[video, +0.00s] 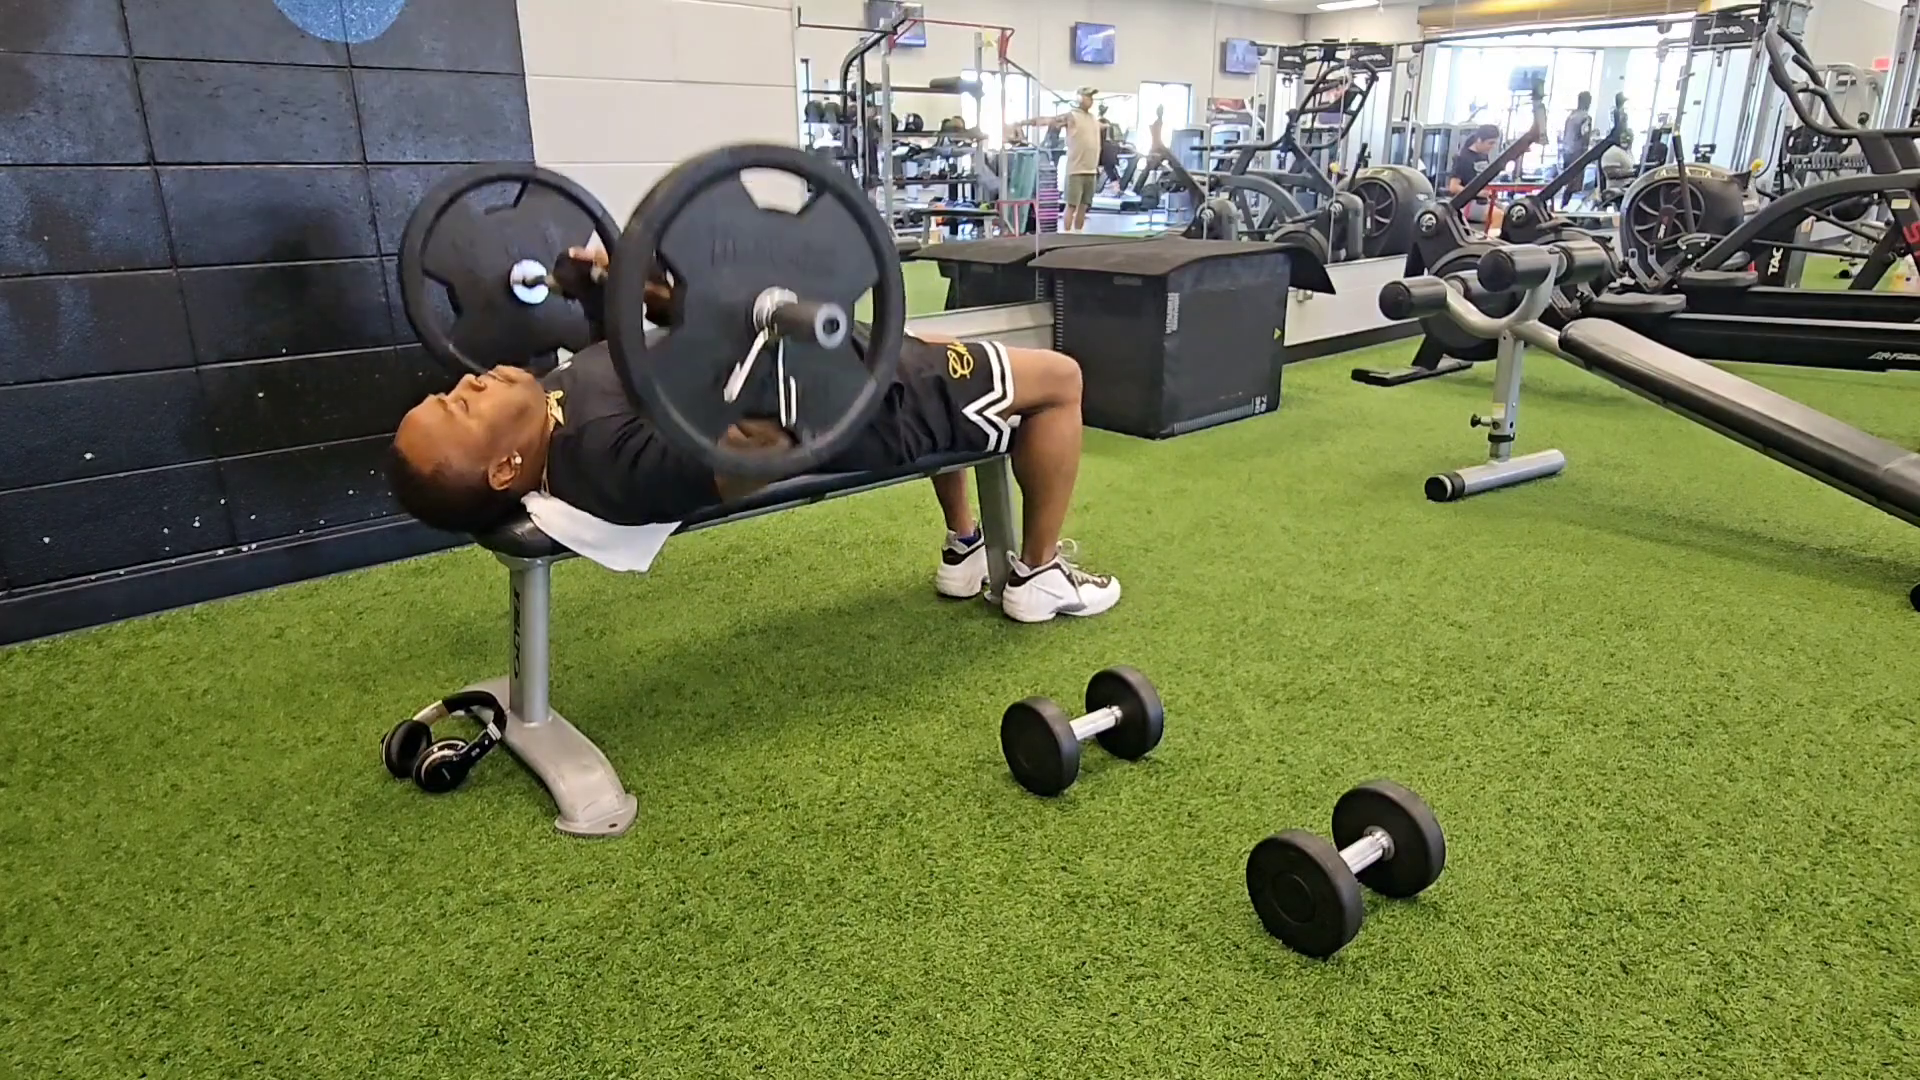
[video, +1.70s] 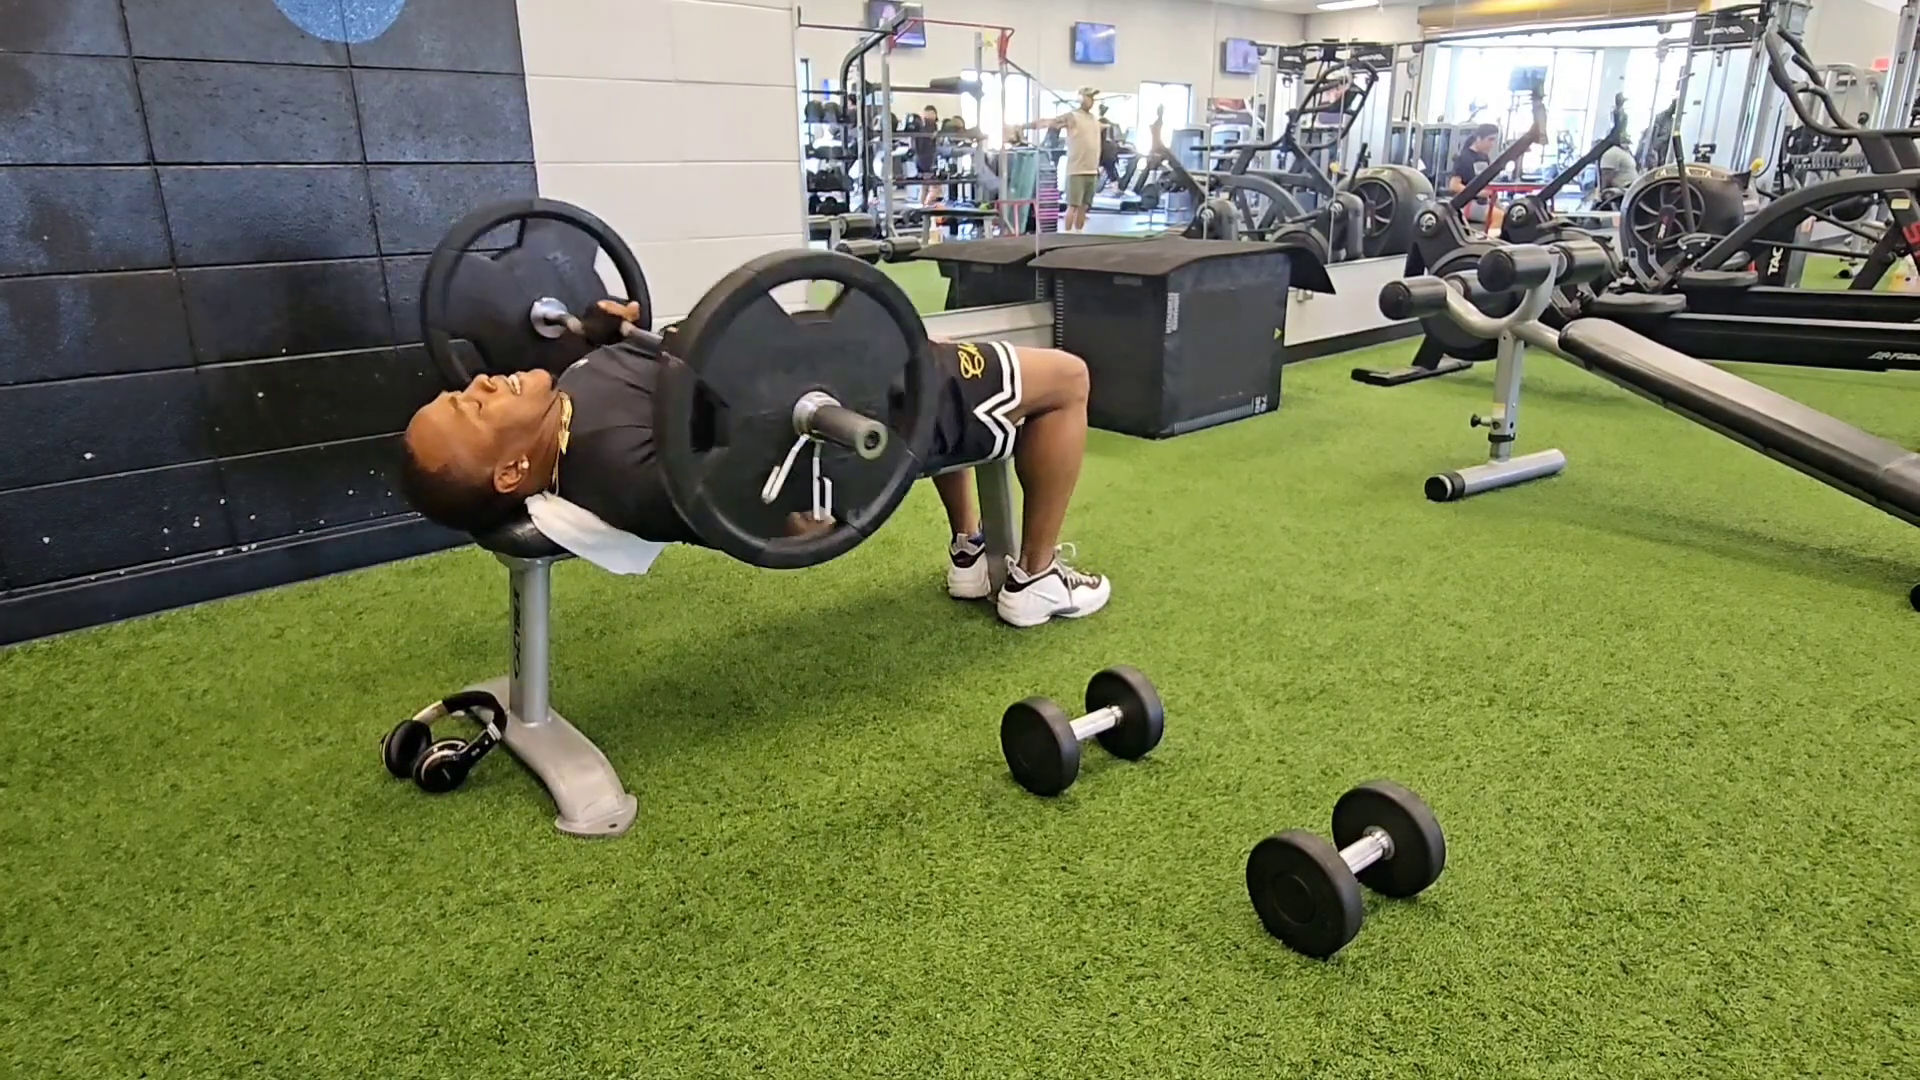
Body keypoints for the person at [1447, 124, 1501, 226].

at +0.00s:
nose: (1492, 147)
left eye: (1494, 143)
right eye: (1490, 143)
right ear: (1479, 140)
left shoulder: (1485, 156)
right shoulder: (1463, 158)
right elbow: (1453, 187)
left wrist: (1491, 190)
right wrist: (1478, 193)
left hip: (1486, 199)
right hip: (1468, 203)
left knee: (1508, 211)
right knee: (1498, 216)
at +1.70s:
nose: (1492, 144)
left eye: (1494, 140)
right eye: (1490, 140)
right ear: (1479, 138)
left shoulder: (1485, 157)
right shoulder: (1464, 156)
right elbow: (1454, 185)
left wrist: (1491, 191)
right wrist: (1478, 192)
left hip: (1486, 200)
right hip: (1469, 203)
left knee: (1506, 214)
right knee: (1499, 216)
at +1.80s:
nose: (1492, 144)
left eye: (1494, 140)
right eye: (1490, 139)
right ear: (1479, 138)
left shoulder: (1486, 157)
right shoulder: (1465, 156)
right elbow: (1455, 185)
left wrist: (1493, 191)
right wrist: (1480, 193)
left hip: (1487, 201)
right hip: (1469, 202)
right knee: (1499, 217)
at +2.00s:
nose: (1504, 143)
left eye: (1505, 139)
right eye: (1502, 138)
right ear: (1490, 138)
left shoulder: (1497, 159)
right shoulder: (1478, 157)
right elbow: (1463, 185)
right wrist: (1486, 194)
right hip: (1469, 201)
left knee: (1510, 211)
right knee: (1498, 216)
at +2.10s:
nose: (1512, 144)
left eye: (1513, 141)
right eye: (1509, 140)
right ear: (1498, 140)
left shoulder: (1502, 159)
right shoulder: (1483, 158)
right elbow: (1467, 186)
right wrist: (1492, 192)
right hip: (1473, 202)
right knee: (1499, 217)